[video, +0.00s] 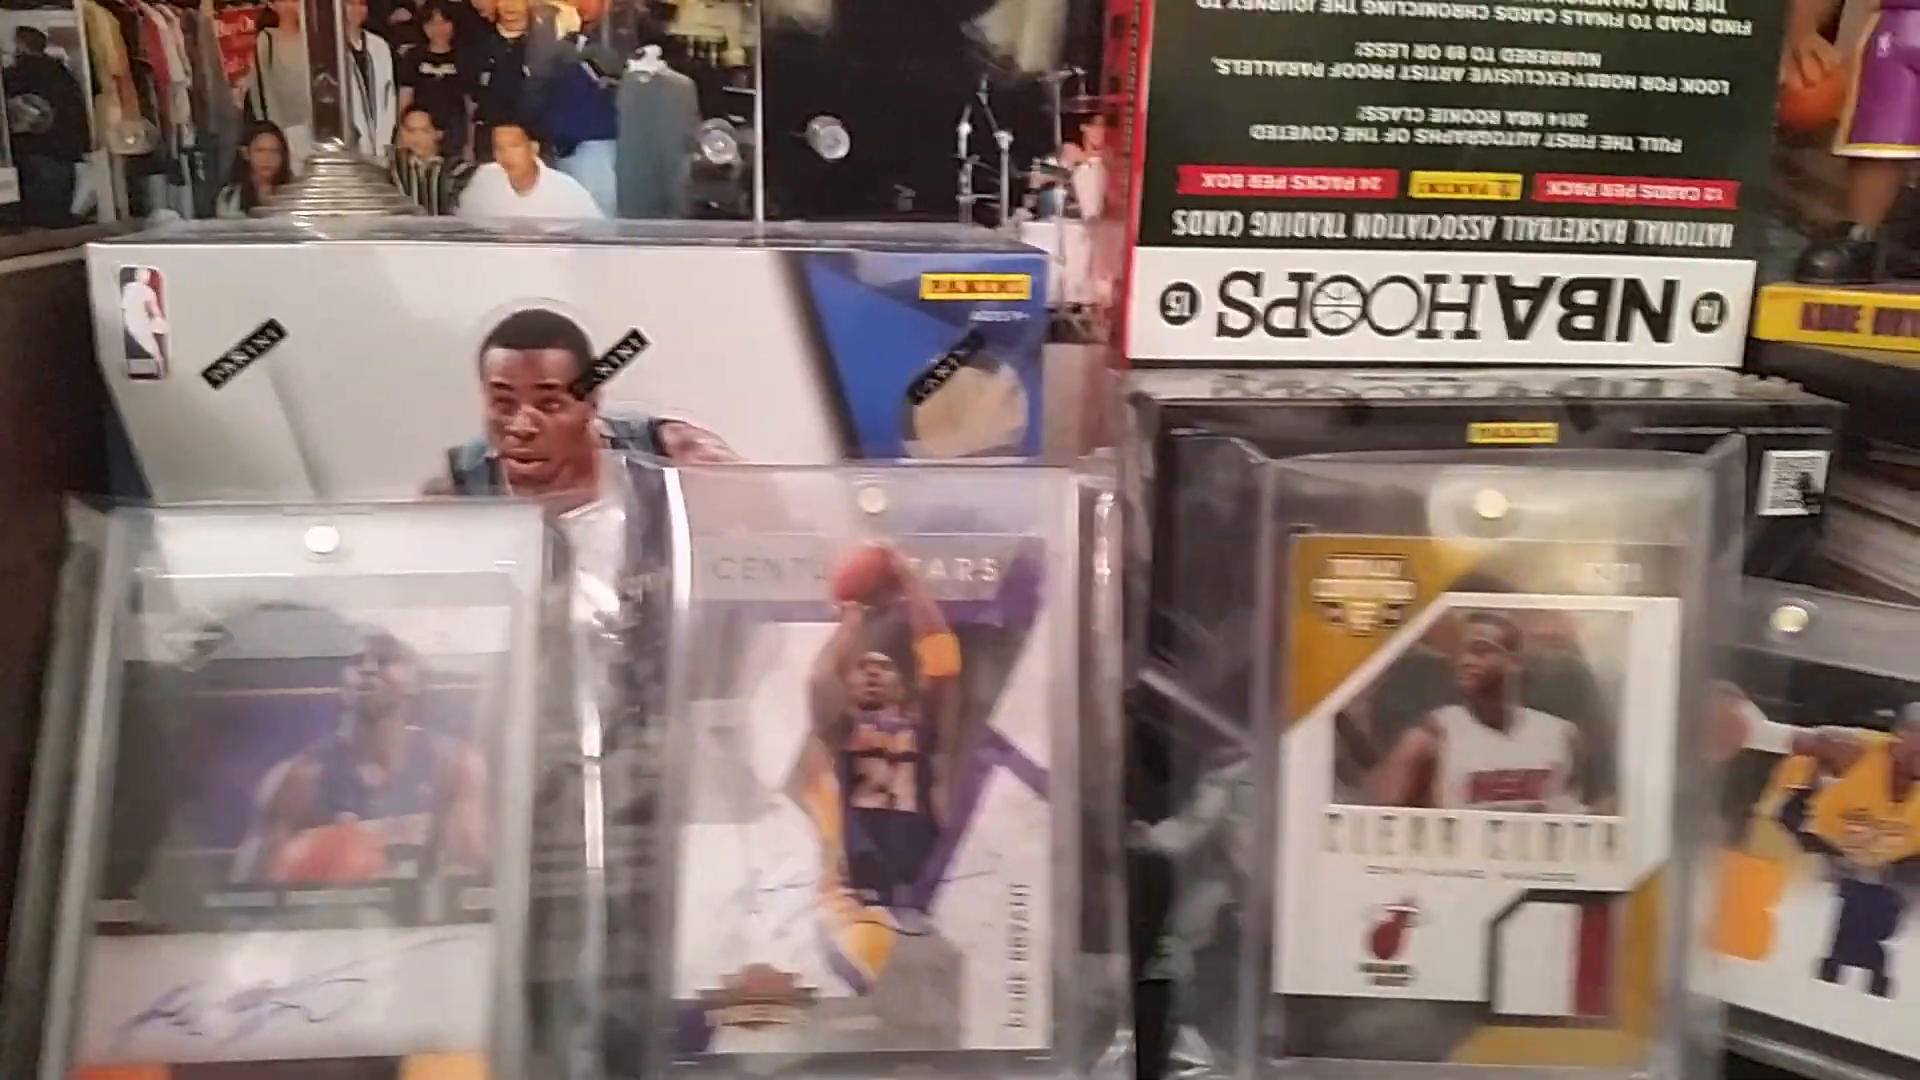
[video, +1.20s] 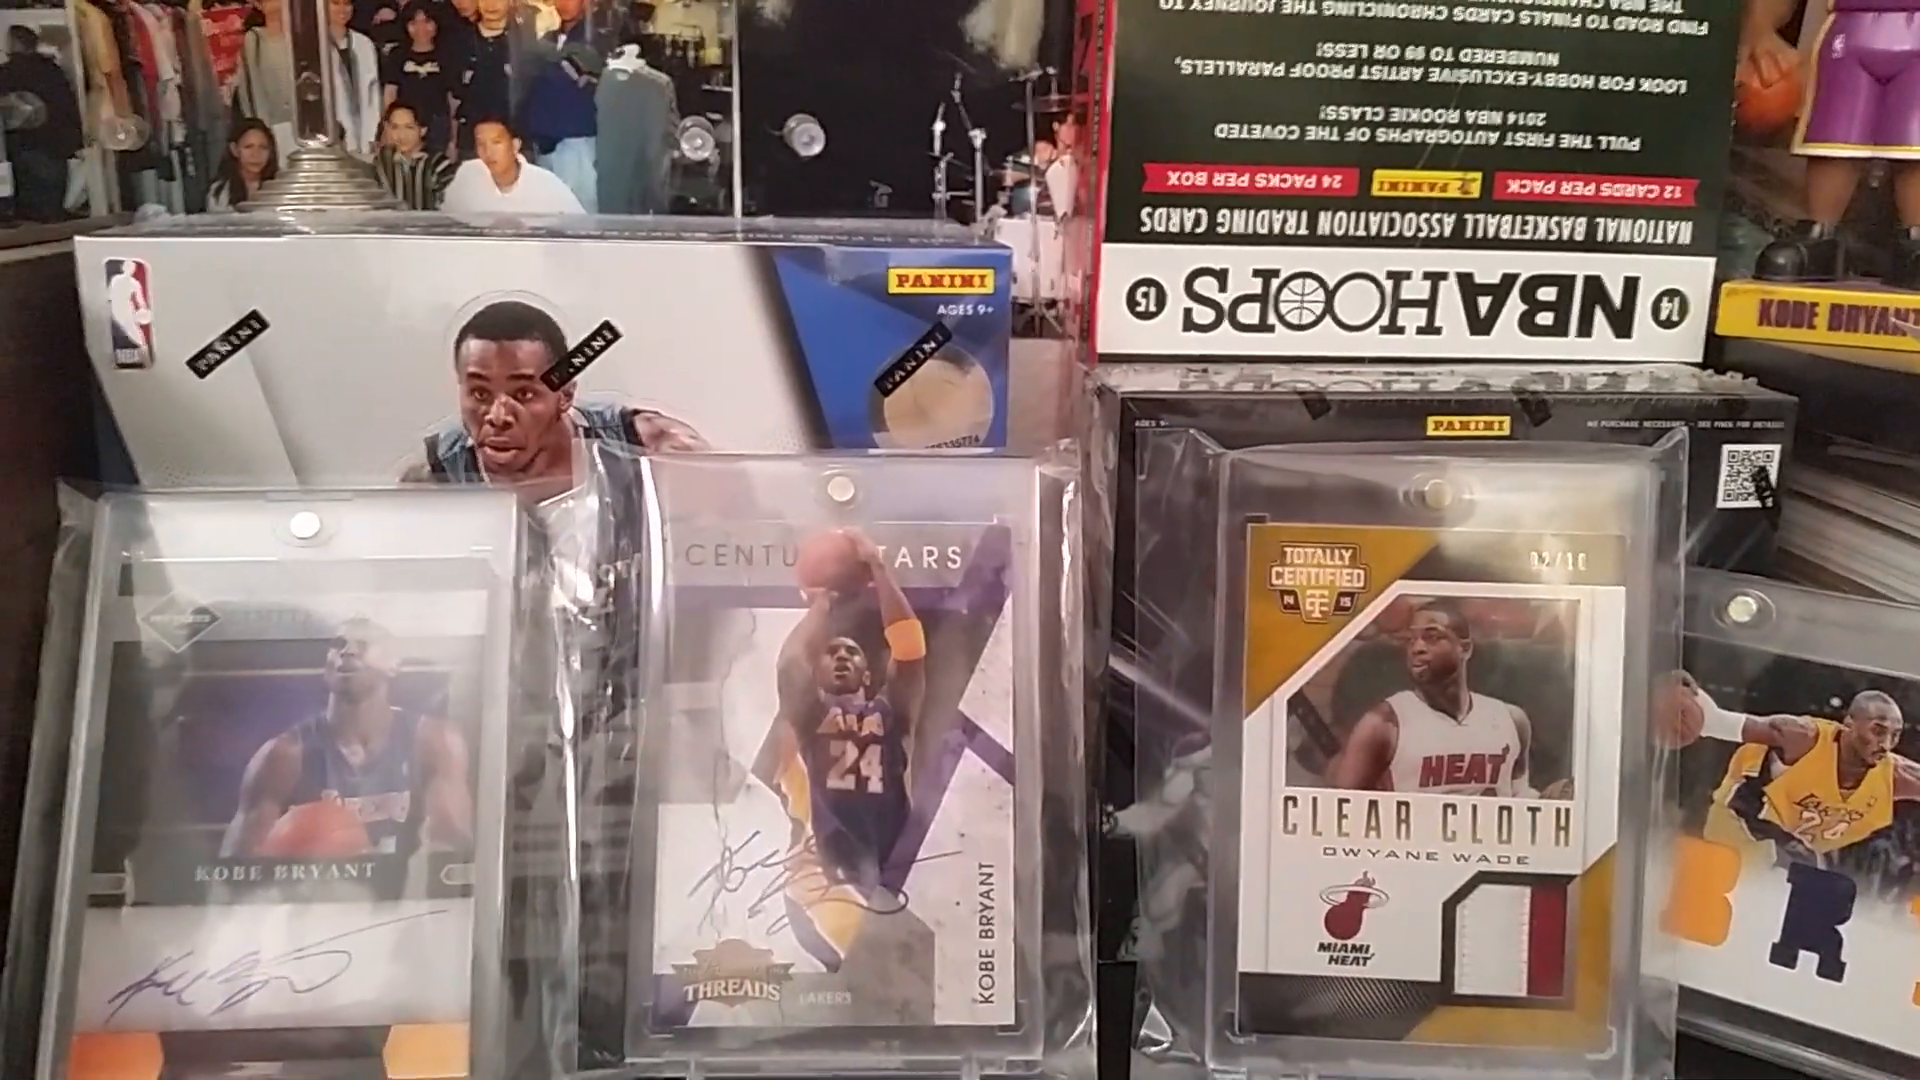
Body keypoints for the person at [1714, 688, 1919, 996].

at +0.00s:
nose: (1912, 750)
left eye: (1916, 743)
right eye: (1909, 740)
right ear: (1898, 735)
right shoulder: (1860, 754)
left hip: (1882, 858)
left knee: (1885, 905)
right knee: (1858, 900)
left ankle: (1876, 967)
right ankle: (1835, 963)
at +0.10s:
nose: (1901, 751)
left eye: (1909, 742)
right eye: (1892, 738)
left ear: (1913, 746)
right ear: (1862, 731)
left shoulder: (1910, 782)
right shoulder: (1817, 746)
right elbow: (1725, 729)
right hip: (1754, 821)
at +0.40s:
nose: (1858, 746)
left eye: (1866, 739)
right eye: (1851, 733)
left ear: (1872, 743)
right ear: (1822, 726)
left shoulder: (1878, 780)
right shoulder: (1777, 741)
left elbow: (1917, 807)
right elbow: (1686, 725)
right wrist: (1656, 709)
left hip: (1778, 851)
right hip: (1718, 823)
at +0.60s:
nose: (1846, 743)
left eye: (1854, 735)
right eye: (1839, 731)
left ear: (1860, 736)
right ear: (1811, 725)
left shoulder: (1865, 776)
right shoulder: (1767, 737)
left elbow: (1914, 803)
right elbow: (1677, 721)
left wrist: (1912, 849)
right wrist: (1646, 701)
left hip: (1761, 851)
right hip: (1706, 819)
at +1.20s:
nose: (1885, 743)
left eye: (1893, 735)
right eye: (1878, 730)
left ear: (1898, 739)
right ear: (1849, 724)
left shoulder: (1899, 777)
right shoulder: (1804, 737)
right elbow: (1712, 721)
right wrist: (1684, 698)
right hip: (1743, 813)